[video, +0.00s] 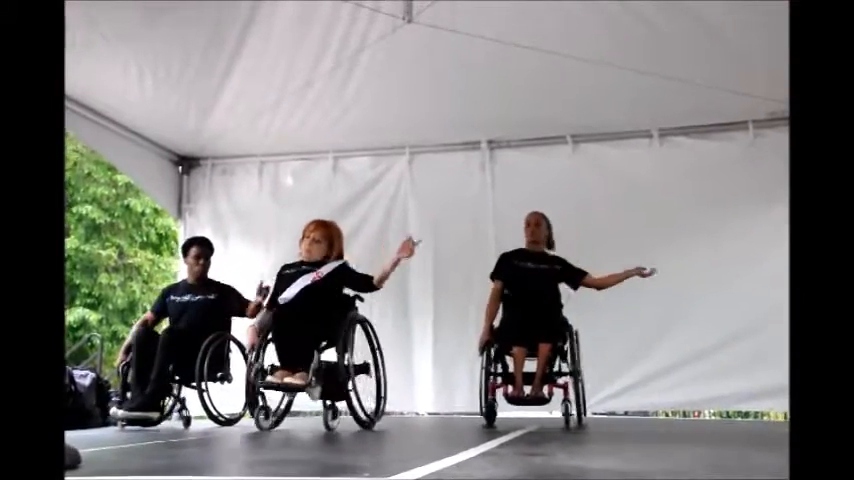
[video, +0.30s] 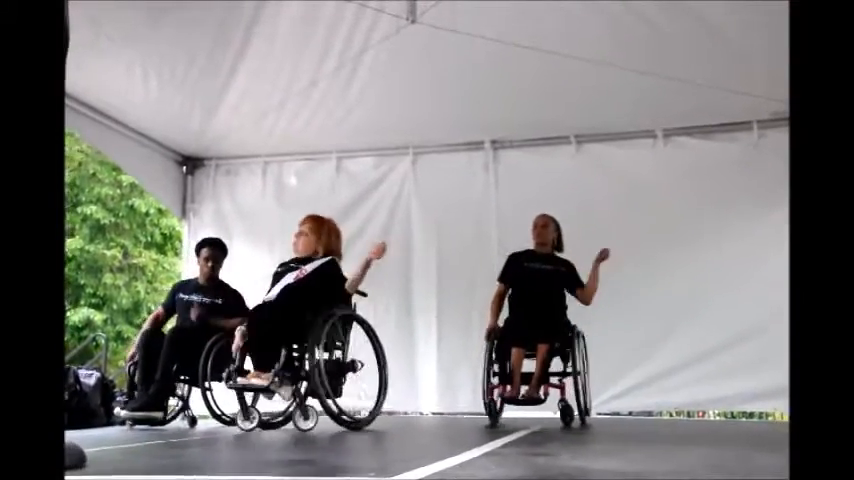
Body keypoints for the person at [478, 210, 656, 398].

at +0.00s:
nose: (532, 229)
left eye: (537, 225)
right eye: (528, 225)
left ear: (547, 231)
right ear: (523, 230)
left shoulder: (556, 263)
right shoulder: (508, 259)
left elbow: (596, 283)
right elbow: (495, 296)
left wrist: (631, 272)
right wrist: (487, 329)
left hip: (546, 318)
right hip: (516, 317)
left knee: (549, 327)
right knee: (519, 327)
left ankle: (537, 386)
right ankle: (518, 385)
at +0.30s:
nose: (538, 230)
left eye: (544, 227)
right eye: (535, 227)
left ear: (555, 234)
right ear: (531, 232)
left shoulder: (563, 266)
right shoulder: (517, 260)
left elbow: (586, 298)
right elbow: (500, 294)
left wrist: (596, 265)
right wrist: (493, 323)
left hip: (551, 318)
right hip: (521, 317)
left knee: (547, 330)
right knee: (517, 329)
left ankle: (534, 387)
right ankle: (514, 387)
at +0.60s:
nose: (539, 231)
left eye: (544, 227)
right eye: (536, 227)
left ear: (556, 232)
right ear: (532, 232)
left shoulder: (565, 260)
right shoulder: (527, 261)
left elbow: (565, 295)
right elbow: (524, 296)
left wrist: (546, 265)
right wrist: (522, 319)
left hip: (557, 322)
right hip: (531, 320)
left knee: (523, 323)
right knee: (503, 319)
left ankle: (517, 379)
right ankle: (499, 382)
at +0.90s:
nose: (546, 240)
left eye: (552, 235)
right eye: (544, 236)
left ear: (565, 238)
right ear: (541, 239)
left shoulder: (570, 267)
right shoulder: (555, 268)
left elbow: (559, 301)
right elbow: (552, 300)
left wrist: (543, 279)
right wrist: (545, 281)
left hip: (560, 334)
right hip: (548, 329)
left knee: (494, 326)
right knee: (498, 322)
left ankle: (494, 382)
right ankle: (497, 379)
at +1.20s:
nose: (554, 245)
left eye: (557, 240)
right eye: (554, 241)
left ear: (569, 241)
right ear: (578, 241)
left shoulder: (569, 267)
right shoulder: (597, 267)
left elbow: (554, 300)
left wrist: (551, 287)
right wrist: (556, 292)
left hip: (568, 336)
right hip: (589, 336)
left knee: (511, 328)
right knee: (519, 328)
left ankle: (517, 384)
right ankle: (521, 384)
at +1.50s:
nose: (599, 241)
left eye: (598, 237)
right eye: (597, 237)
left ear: (575, 242)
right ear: (594, 239)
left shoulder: (561, 266)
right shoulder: (610, 263)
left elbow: (545, 305)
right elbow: (624, 301)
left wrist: (563, 295)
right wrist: (619, 330)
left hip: (569, 338)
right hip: (599, 336)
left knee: (551, 326)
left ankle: (555, 380)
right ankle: (579, 383)